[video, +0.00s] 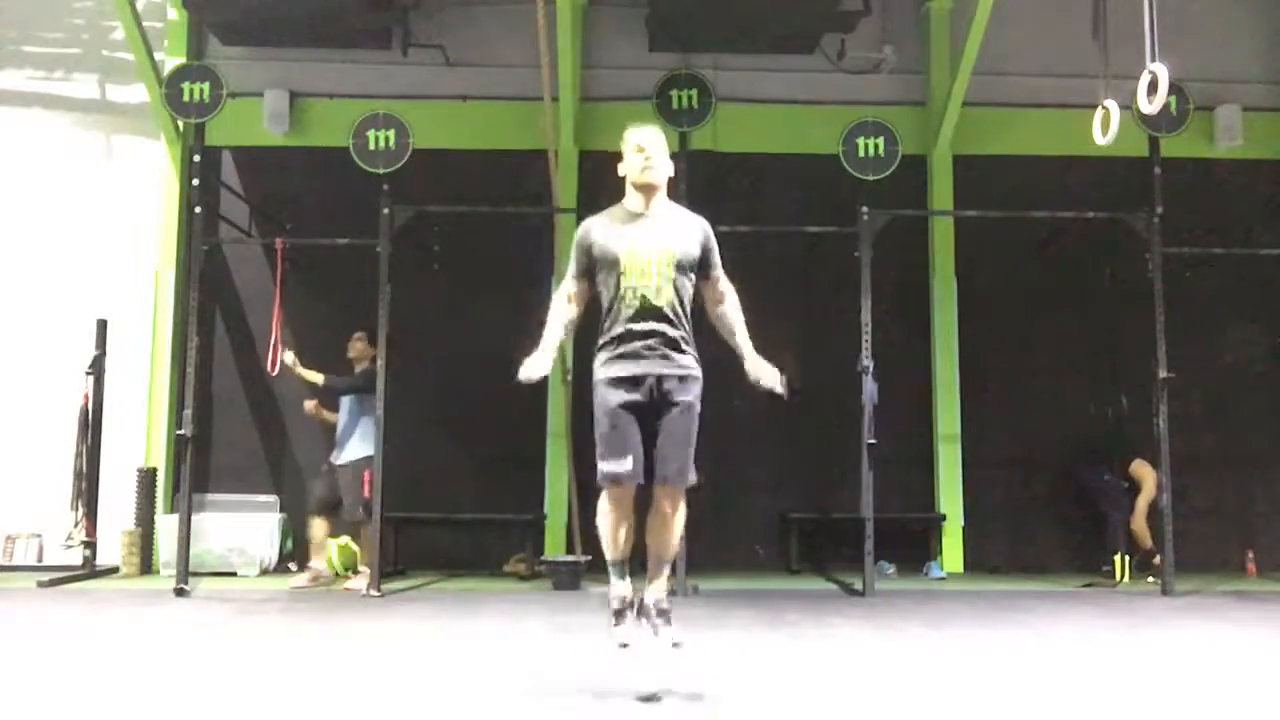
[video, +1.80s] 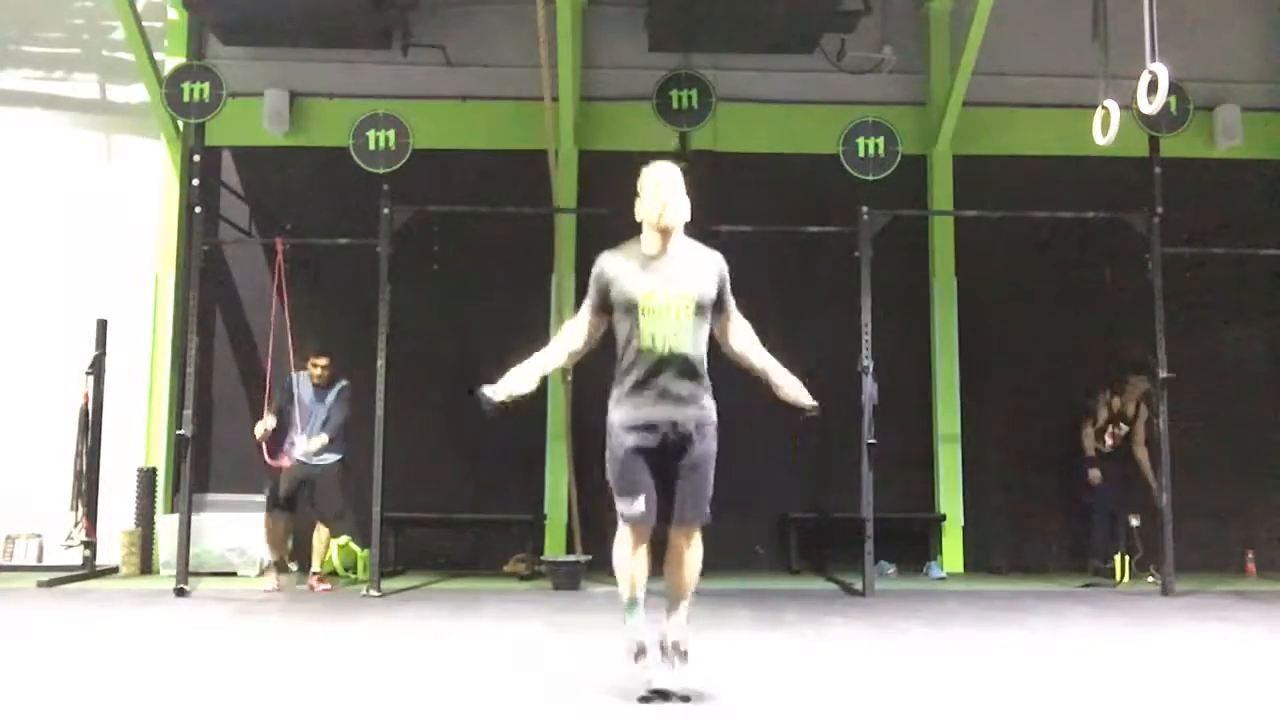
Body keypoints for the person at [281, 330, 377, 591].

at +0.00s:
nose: (352, 344)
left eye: (359, 340)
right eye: (351, 340)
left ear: (373, 350)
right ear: (350, 349)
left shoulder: (373, 376)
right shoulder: (351, 382)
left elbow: (343, 385)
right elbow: (347, 422)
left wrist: (299, 370)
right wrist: (320, 412)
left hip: (361, 456)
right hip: (340, 455)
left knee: (362, 516)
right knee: (319, 507)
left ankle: (367, 571)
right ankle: (318, 567)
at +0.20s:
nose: (332, 343)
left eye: (339, 340)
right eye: (332, 339)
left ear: (353, 350)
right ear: (329, 349)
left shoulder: (363, 375)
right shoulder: (322, 380)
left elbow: (337, 384)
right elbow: (318, 420)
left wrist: (296, 365)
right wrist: (296, 408)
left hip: (346, 454)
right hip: (316, 455)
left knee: (352, 514)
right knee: (296, 512)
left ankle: (364, 572)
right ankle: (286, 572)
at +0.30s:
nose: (324, 346)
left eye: (331, 342)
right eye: (322, 341)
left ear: (342, 350)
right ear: (316, 344)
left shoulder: (349, 374)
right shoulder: (303, 377)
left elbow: (336, 384)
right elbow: (291, 412)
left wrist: (301, 362)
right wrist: (280, 395)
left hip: (334, 454)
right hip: (304, 453)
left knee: (337, 512)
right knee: (291, 511)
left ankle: (363, 567)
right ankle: (286, 572)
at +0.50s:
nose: (308, 350)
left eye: (314, 345)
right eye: (304, 345)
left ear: (322, 350)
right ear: (295, 348)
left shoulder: (327, 375)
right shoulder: (286, 374)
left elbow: (336, 381)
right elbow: (262, 386)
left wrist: (303, 354)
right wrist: (266, 363)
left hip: (321, 453)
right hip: (288, 455)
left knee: (330, 511)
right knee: (283, 514)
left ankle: (354, 566)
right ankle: (285, 572)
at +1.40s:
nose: (309, 349)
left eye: (314, 344)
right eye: (304, 344)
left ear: (320, 348)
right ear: (295, 346)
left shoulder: (327, 371)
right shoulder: (283, 372)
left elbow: (332, 393)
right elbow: (261, 392)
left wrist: (311, 383)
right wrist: (266, 371)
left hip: (317, 452)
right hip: (286, 451)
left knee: (317, 515)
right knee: (282, 516)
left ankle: (315, 572)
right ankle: (284, 572)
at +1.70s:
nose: (315, 362)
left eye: (320, 357)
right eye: (311, 357)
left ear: (328, 359)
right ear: (302, 357)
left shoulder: (337, 381)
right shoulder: (288, 379)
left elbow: (337, 408)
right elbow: (274, 402)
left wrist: (325, 422)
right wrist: (265, 410)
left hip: (326, 458)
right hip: (293, 458)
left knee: (324, 516)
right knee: (286, 515)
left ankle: (316, 573)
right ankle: (284, 571)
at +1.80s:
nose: (319, 372)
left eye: (324, 367)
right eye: (314, 366)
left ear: (332, 367)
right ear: (306, 365)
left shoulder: (341, 388)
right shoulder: (294, 381)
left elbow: (339, 417)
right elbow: (278, 406)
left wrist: (324, 437)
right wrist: (269, 421)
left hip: (327, 462)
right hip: (294, 460)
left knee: (325, 517)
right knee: (278, 511)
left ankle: (316, 574)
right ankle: (276, 567)